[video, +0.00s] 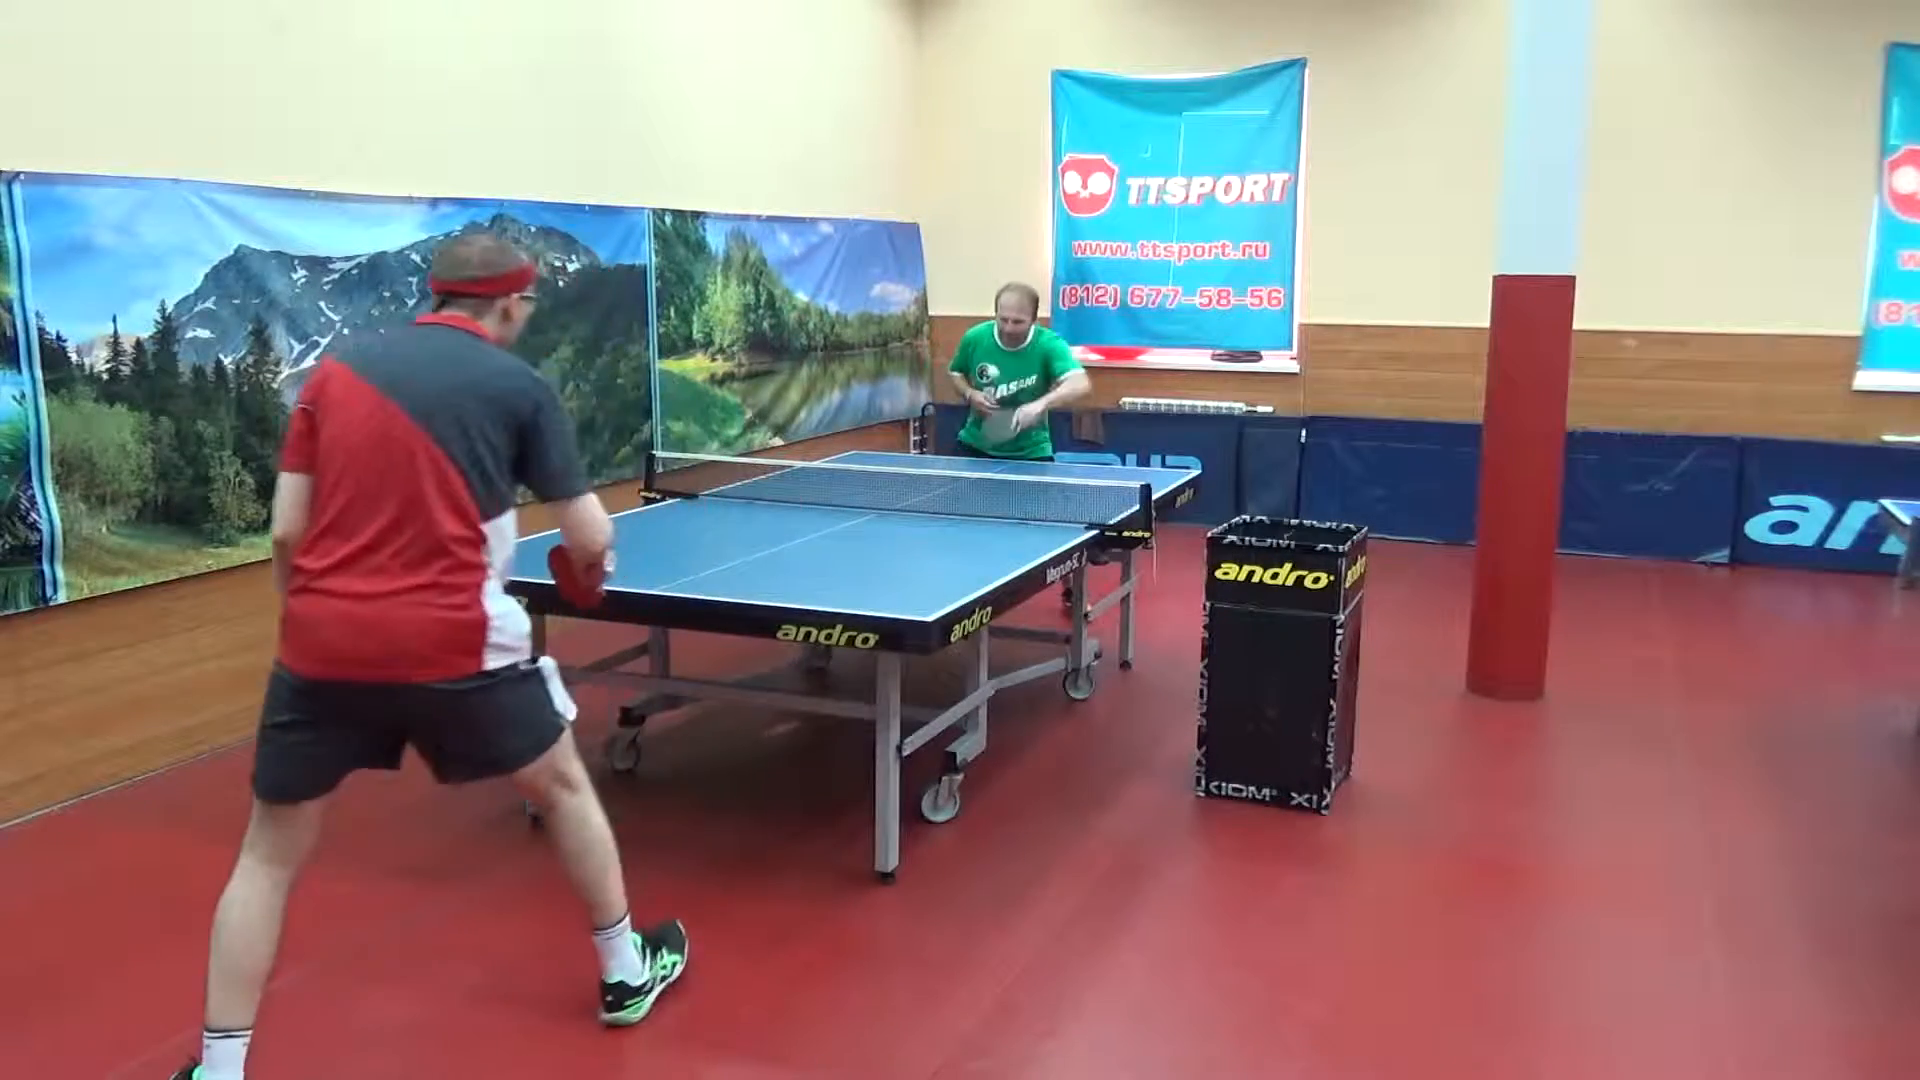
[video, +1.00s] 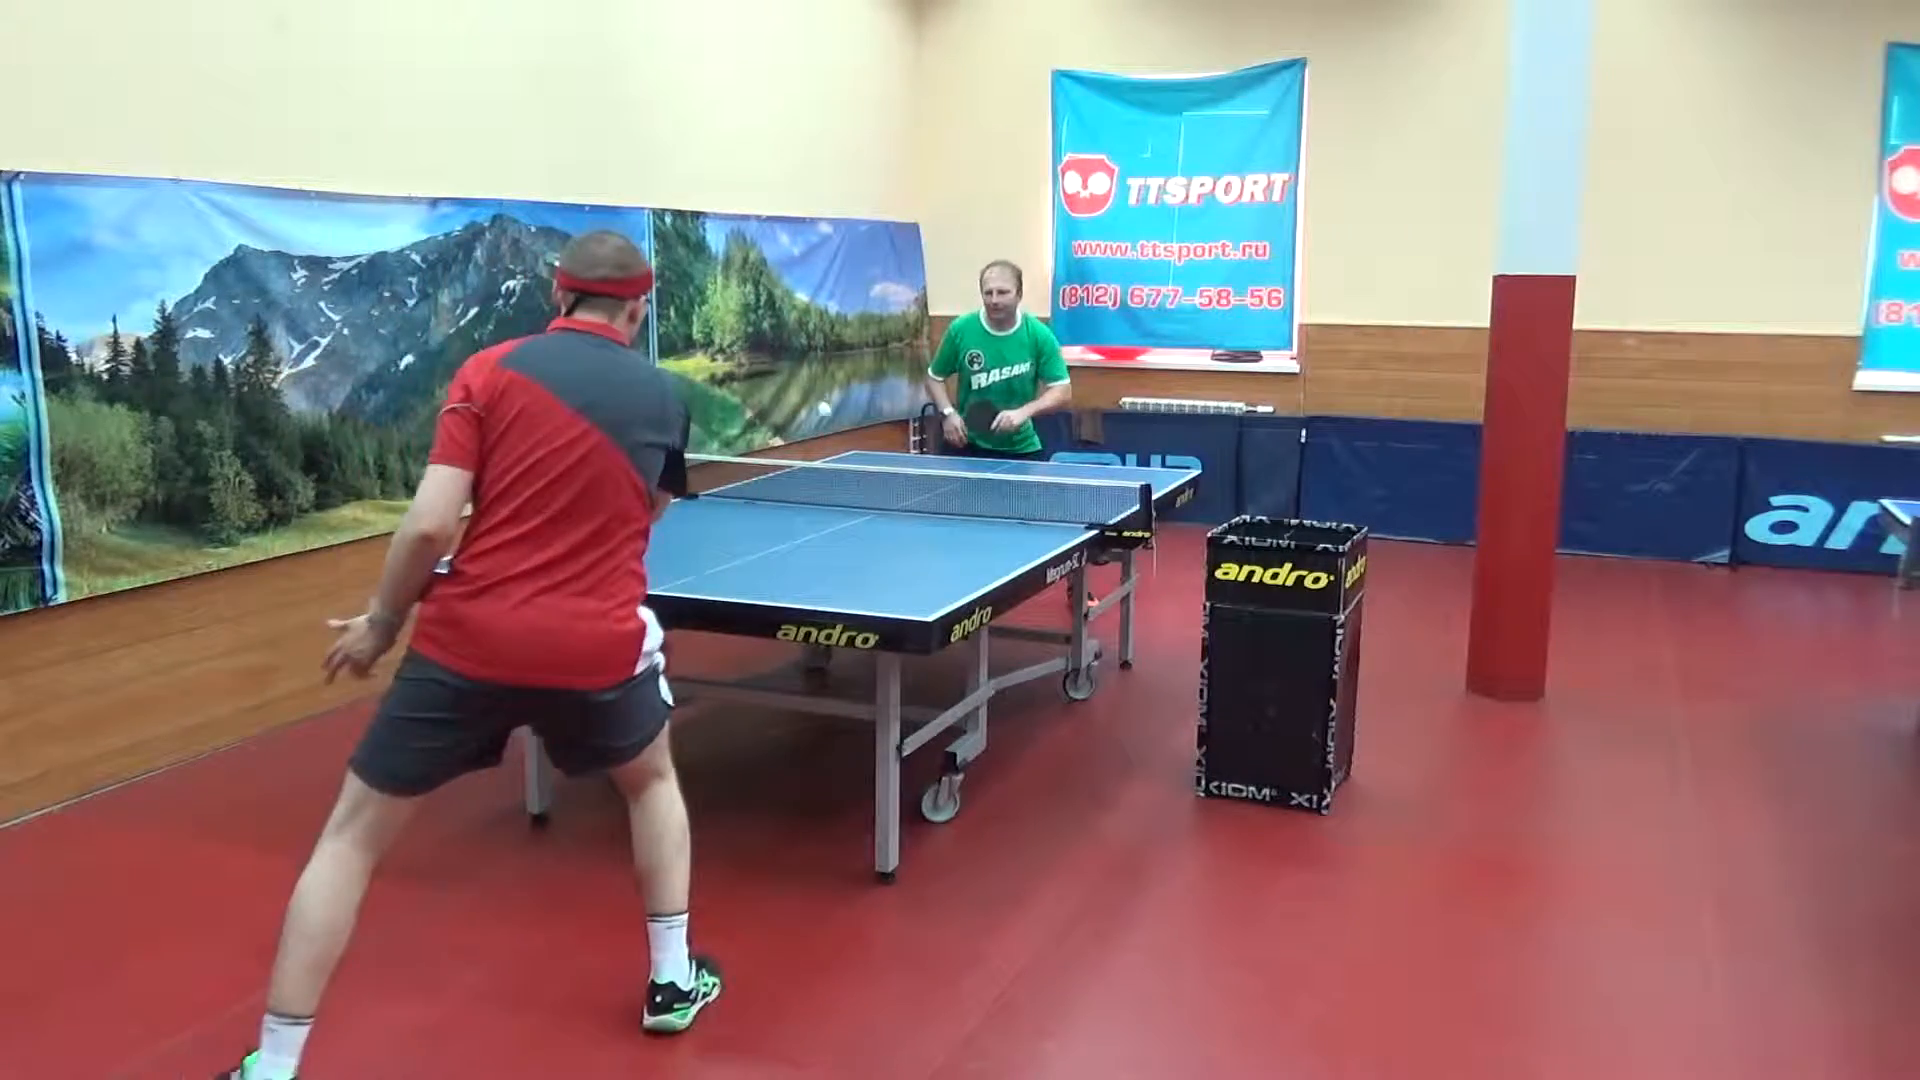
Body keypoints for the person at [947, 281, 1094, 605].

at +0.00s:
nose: (1009, 328)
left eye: (1018, 322)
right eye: (1003, 320)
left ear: (1034, 318)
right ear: (995, 314)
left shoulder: (1049, 345)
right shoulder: (976, 339)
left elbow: (1081, 385)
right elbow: (955, 372)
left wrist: (1040, 405)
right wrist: (970, 394)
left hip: (1031, 450)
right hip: (977, 448)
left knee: (1050, 519)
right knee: (963, 521)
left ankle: (1072, 586)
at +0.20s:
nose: (1001, 308)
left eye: (1010, 300)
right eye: (995, 299)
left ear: (1024, 304)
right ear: (987, 299)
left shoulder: (1039, 338)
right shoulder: (969, 330)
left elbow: (1042, 391)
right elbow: (955, 368)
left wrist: (1001, 409)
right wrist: (963, 397)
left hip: (1026, 449)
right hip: (979, 447)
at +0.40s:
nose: (976, 302)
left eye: (985, 295)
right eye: (970, 294)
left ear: (999, 297)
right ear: (960, 296)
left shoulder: (1016, 334)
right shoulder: (942, 332)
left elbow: (1037, 389)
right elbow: (923, 373)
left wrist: (993, 406)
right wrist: (932, 403)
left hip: (1009, 446)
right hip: (955, 446)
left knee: (1038, 509)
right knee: (951, 520)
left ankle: (1072, 579)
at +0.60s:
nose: (973, 299)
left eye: (981, 291)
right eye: (966, 292)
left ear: (995, 295)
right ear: (957, 295)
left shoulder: (1015, 333)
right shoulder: (937, 333)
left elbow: (1038, 388)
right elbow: (914, 374)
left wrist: (996, 404)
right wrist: (915, 414)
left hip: (1010, 449)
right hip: (953, 447)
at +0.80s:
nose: (991, 298)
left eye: (999, 290)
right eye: (984, 290)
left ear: (1014, 294)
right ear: (976, 293)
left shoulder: (1033, 333)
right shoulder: (955, 332)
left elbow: (1057, 388)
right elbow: (932, 374)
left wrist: (1016, 399)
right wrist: (932, 414)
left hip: (1020, 447)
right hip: (965, 445)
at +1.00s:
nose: (994, 301)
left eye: (1003, 292)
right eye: (988, 293)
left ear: (1019, 295)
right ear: (981, 295)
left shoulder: (1039, 334)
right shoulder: (961, 330)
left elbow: (1062, 391)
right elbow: (934, 377)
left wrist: (1022, 413)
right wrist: (948, 414)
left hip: (1023, 449)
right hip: (973, 449)